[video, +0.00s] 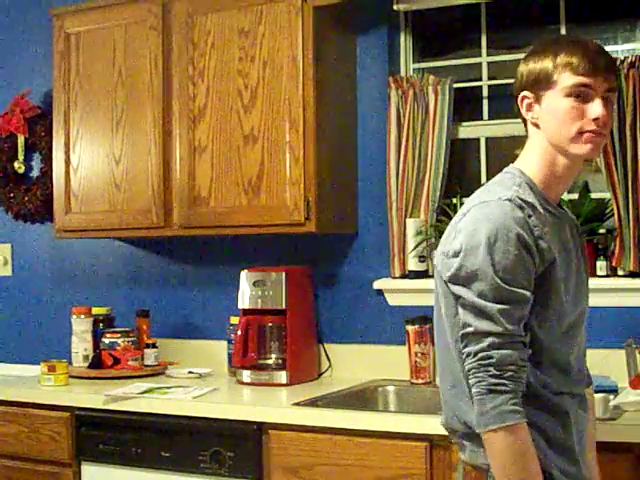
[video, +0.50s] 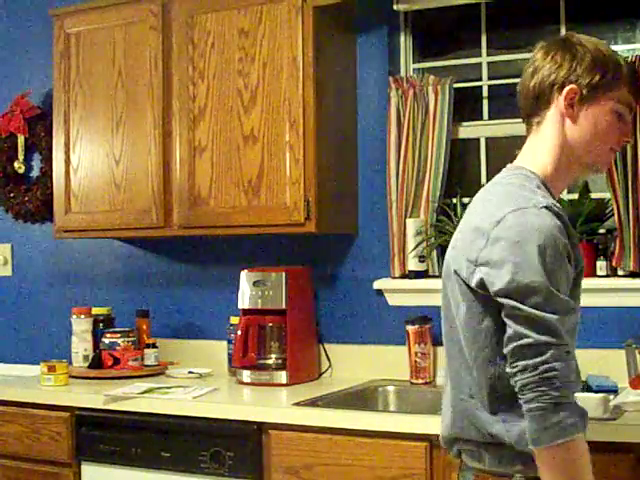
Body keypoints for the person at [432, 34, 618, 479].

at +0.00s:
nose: (601, 113)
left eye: (608, 98)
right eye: (580, 96)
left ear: (615, 108)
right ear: (530, 108)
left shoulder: (562, 224)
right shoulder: (496, 222)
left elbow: (575, 386)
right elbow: (497, 411)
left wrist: (588, 473)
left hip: (564, 464)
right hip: (515, 468)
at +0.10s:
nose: (611, 116)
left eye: (615, 103)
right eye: (593, 97)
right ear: (537, 104)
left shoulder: (553, 219)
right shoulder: (502, 221)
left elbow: (572, 384)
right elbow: (502, 413)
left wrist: (604, 472)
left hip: (567, 461)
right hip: (519, 467)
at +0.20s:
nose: (620, 121)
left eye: (620, 106)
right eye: (605, 100)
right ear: (548, 100)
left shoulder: (540, 215)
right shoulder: (508, 220)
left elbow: (567, 388)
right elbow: (507, 412)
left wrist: (614, 472)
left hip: (559, 461)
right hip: (520, 466)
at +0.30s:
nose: (622, 125)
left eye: (621, 110)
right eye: (610, 104)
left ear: (557, 102)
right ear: (557, 99)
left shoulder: (531, 213)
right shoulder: (516, 221)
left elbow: (562, 396)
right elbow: (515, 414)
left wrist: (609, 473)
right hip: (521, 467)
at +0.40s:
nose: (623, 126)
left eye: (623, 112)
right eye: (613, 106)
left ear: (559, 100)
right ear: (562, 98)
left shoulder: (493, 207)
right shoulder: (521, 222)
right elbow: (531, 420)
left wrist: (577, 466)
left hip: (489, 462)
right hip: (517, 467)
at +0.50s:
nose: (628, 137)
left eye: (630, 120)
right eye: (621, 113)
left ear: (567, 105)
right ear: (570, 103)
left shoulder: (496, 204)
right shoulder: (527, 222)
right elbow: (550, 416)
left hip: (484, 461)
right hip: (514, 468)